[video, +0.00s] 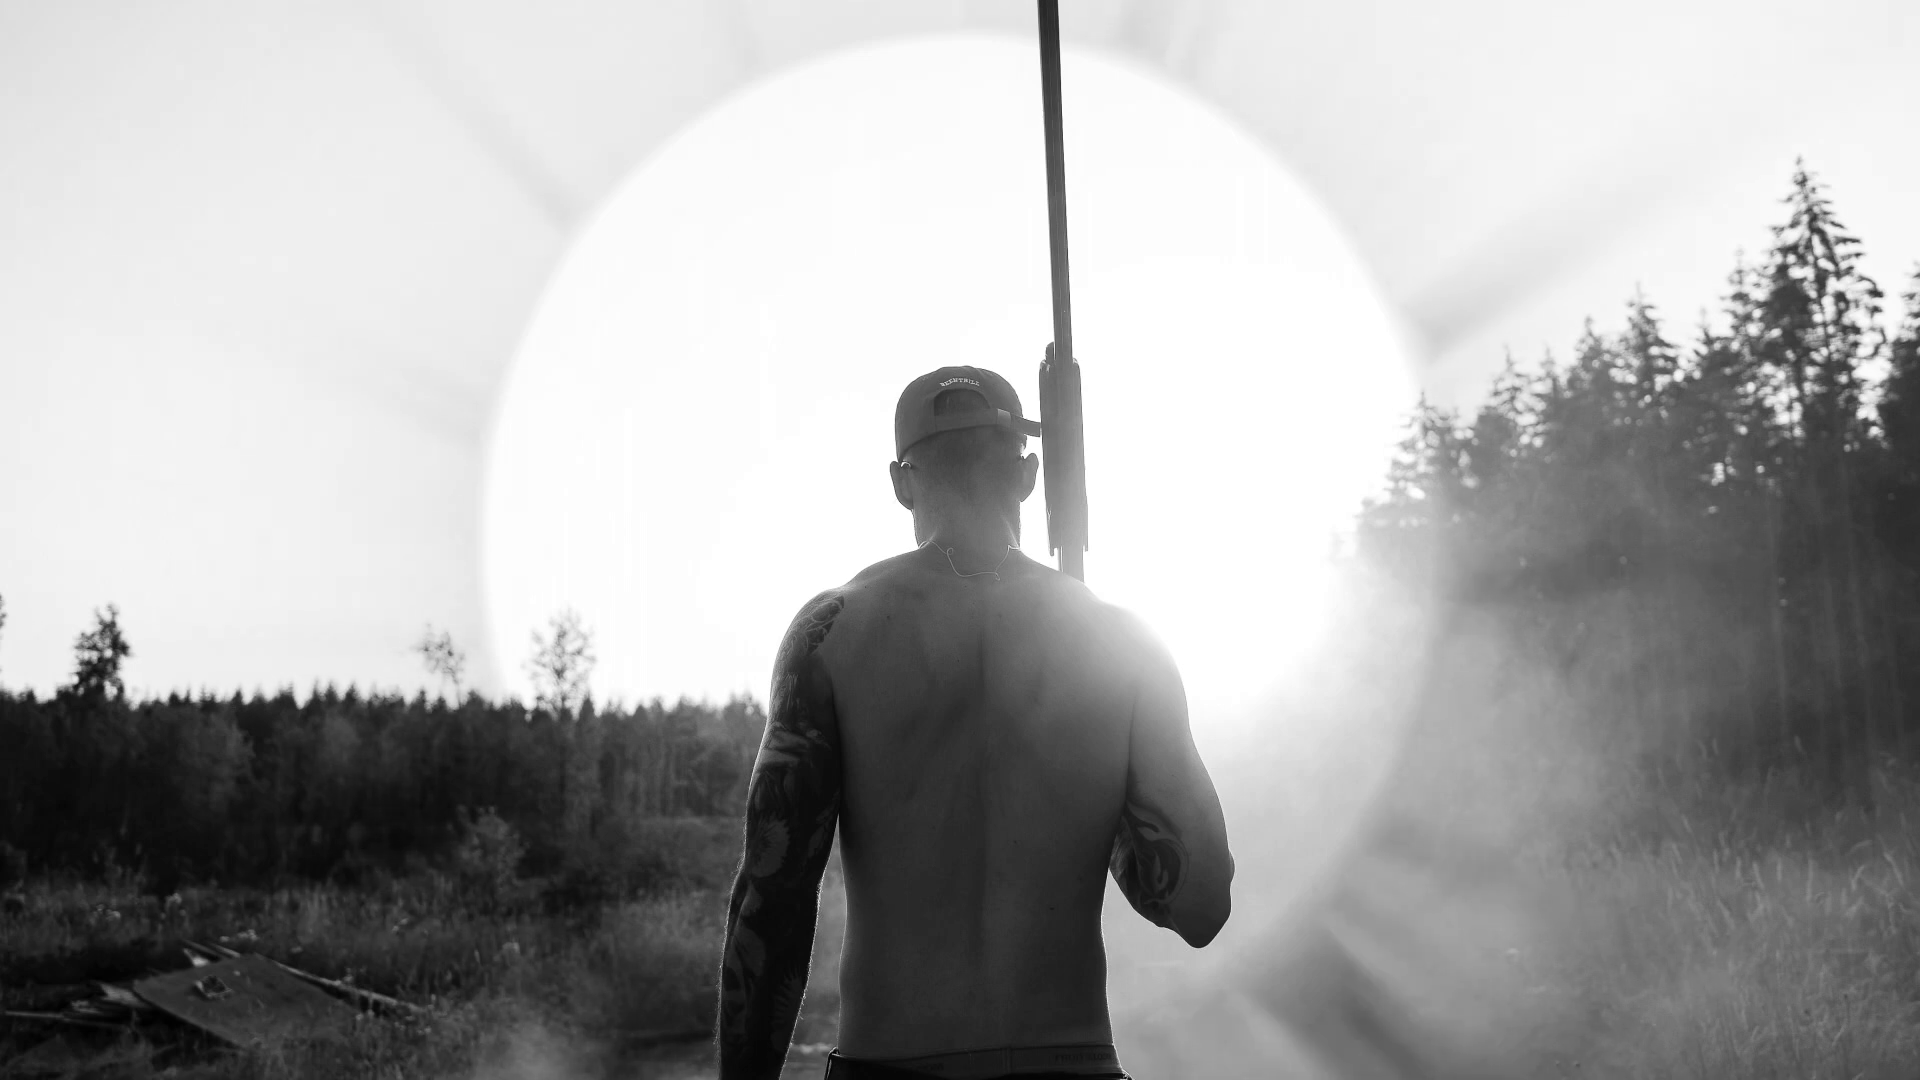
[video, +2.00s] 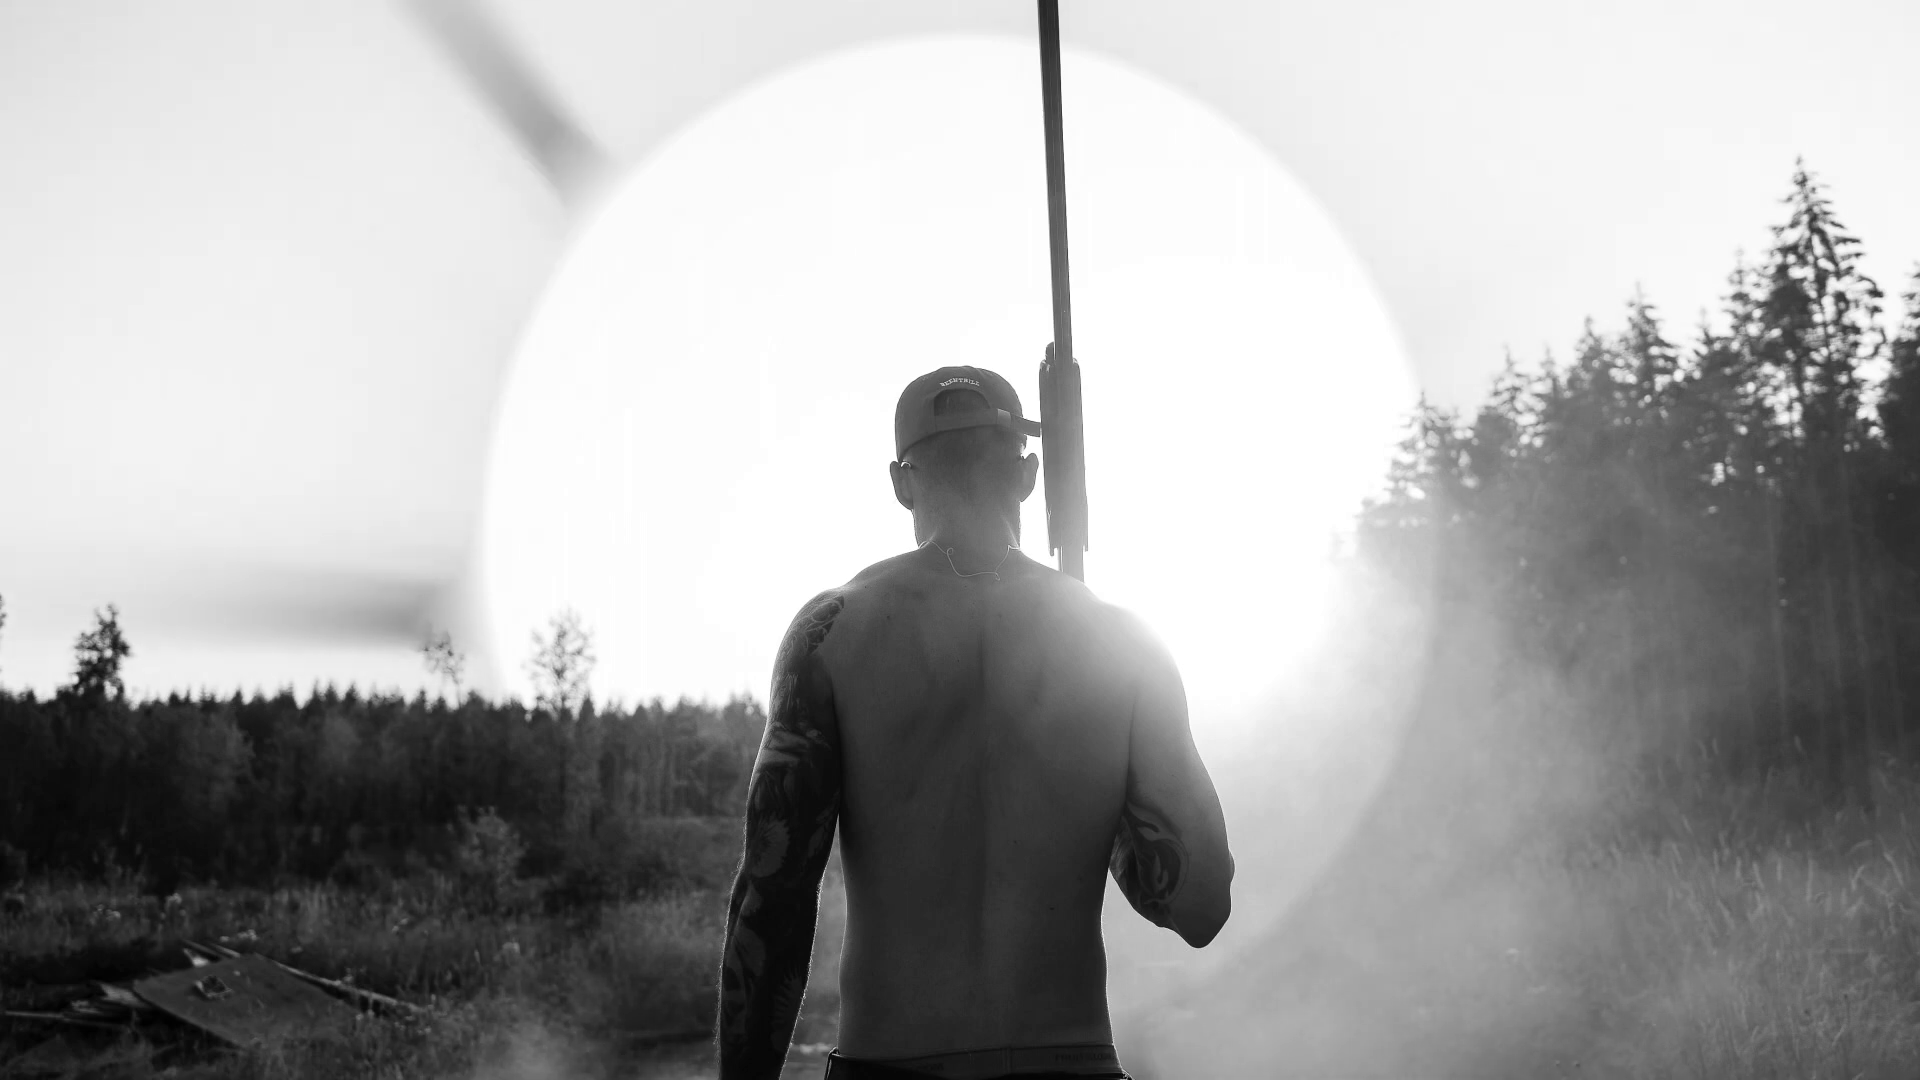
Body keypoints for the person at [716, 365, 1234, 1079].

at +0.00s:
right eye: (1018, 452)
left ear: (902, 484)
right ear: (1028, 476)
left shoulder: (832, 630)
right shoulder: (1121, 641)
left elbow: (773, 886)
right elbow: (1201, 904)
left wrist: (748, 1063)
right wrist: (1100, 803)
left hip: (885, 1045)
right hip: (1066, 1045)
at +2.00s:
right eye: (1017, 450)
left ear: (903, 486)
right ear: (1027, 476)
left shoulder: (832, 630)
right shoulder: (1121, 641)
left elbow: (773, 884)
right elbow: (1201, 904)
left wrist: (747, 1063)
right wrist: (1102, 803)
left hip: (887, 1045)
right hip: (1067, 1045)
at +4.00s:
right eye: (1015, 448)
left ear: (903, 486)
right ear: (1028, 477)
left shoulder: (831, 630)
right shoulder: (1121, 641)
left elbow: (773, 885)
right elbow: (1201, 905)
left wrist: (747, 1062)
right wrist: (1101, 800)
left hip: (886, 1046)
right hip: (1068, 1046)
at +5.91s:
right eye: (1015, 449)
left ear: (903, 486)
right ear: (1028, 477)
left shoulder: (831, 630)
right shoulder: (1121, 641)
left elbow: (773, 886)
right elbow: (1201, 905)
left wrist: (747, 1062)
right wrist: (1101, 800)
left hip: (886, 1046)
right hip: (1068, 1046)